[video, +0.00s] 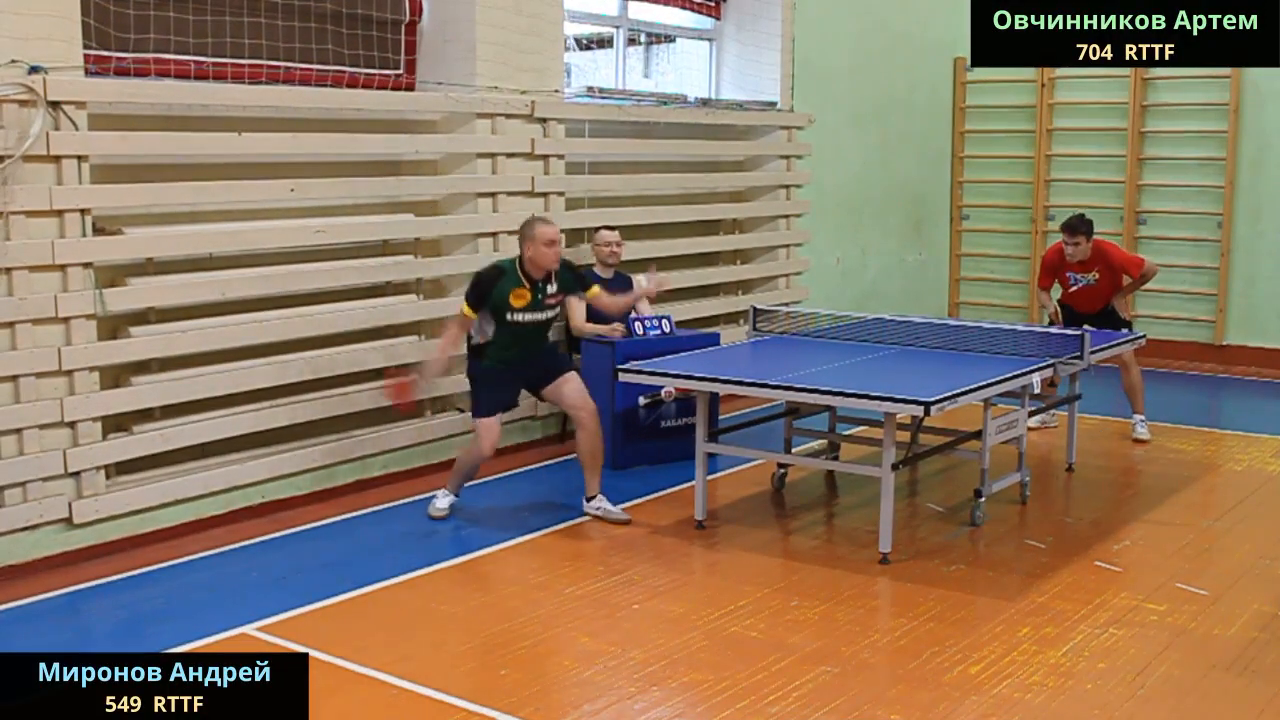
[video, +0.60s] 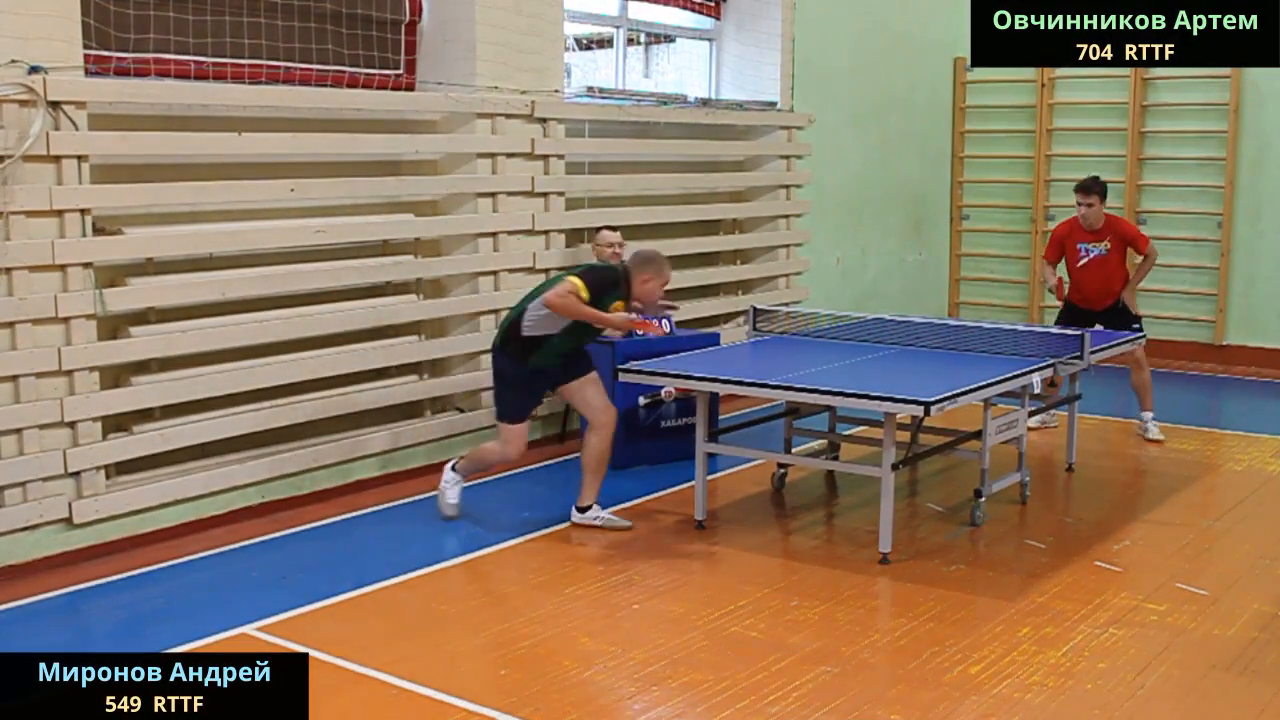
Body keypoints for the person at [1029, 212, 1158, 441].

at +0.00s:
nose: (1069, 250)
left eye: (1075, 245)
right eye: (1065, 244)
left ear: (1090, 241)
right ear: (1061, 240)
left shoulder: (1108, 253)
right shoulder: (1053, 257)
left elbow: (1150, 270)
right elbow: (1043, 289)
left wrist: (1122, 295)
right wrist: (1050, 307)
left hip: (1107, 311)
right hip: (1071, 312)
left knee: (1127, 358)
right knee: (1049, 356)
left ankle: (1139, 419)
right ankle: (1048, 411)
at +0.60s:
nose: (1081, 211)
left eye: (1087, 205)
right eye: (1078, 205)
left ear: (1102, 205)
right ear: (1074, 204)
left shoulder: (1120, 229)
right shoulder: (1064, 232)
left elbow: (1151, 254)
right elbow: (1048, 263)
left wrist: (1131, 288)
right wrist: (1052, 280)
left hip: (1115, 308)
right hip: (1076, 308)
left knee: (1138, 355)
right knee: (1053, 360)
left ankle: (1147, 418)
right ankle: (1048, 411)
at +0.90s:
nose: (1069, 221)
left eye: (1074, 216)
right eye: (1066, 215)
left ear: (1090, 213)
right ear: (1063, 212)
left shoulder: (1110, 236)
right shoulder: (1056, 238)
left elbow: (1147, 262)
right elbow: (1020, 260)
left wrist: (1150, 297)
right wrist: (1016, 280)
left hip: (1114, 315)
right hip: (1073, 313)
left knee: (1136, 365)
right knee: (1036, 354)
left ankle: (1156, 419)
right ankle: (1018, 410)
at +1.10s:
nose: (1042, 242)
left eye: (1048, 237)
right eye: (1039, 236)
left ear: (1061, 232)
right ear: (1034, 228)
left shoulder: (1077, 244)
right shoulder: (1022, 240)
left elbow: (1111, 263)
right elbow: (982, 254)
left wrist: (1133, 296)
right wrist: (996, 272)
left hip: (1080, 314)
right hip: (1041, 314)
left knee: (1106, 360)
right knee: (1012, 357)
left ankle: (1141, 416)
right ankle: (1016, 412)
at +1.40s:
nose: (1046, 211)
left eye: (1053, 206)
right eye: (1043, 204)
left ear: (1065, 204)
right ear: (1038, 197)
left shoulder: (1075, 219)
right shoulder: (1025, 215)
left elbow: (1096, 245)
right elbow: (996, 233)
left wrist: (1111, 278)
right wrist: (1004, 243)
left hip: (1070, 292)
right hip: (1034, 294)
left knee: (1097, 348)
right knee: (1019, 349)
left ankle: (1119, 404)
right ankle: (1016, 407)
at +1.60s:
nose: (1069, 201)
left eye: (1076, 196)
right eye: (1066, 194)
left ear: (1086, 197)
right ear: (1061, 194)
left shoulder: (1095, 227)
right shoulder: (1041, 219)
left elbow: (1107, 262)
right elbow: (1014, 248)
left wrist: (1118, 290)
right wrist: (1026, 262)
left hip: (1081, 299)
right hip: (1045, 298)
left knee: (1104, 350)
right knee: (1025, 348)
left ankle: (1121, 398)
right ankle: (1015, 403)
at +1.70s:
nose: (1086, 202)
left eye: (1092, 197)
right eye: (1082, 196)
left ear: (1102, 198)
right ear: (1077, 196)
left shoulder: (1112, 229)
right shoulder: (1058, 223)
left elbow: (1125, 263)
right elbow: (1041, 251)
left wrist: (1131, 287)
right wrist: (1041, 272)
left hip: (1094, 302)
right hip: (1060, 302)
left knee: (1115, 352)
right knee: (1042, 353)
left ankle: (1120, 400)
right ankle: (1020, 398)